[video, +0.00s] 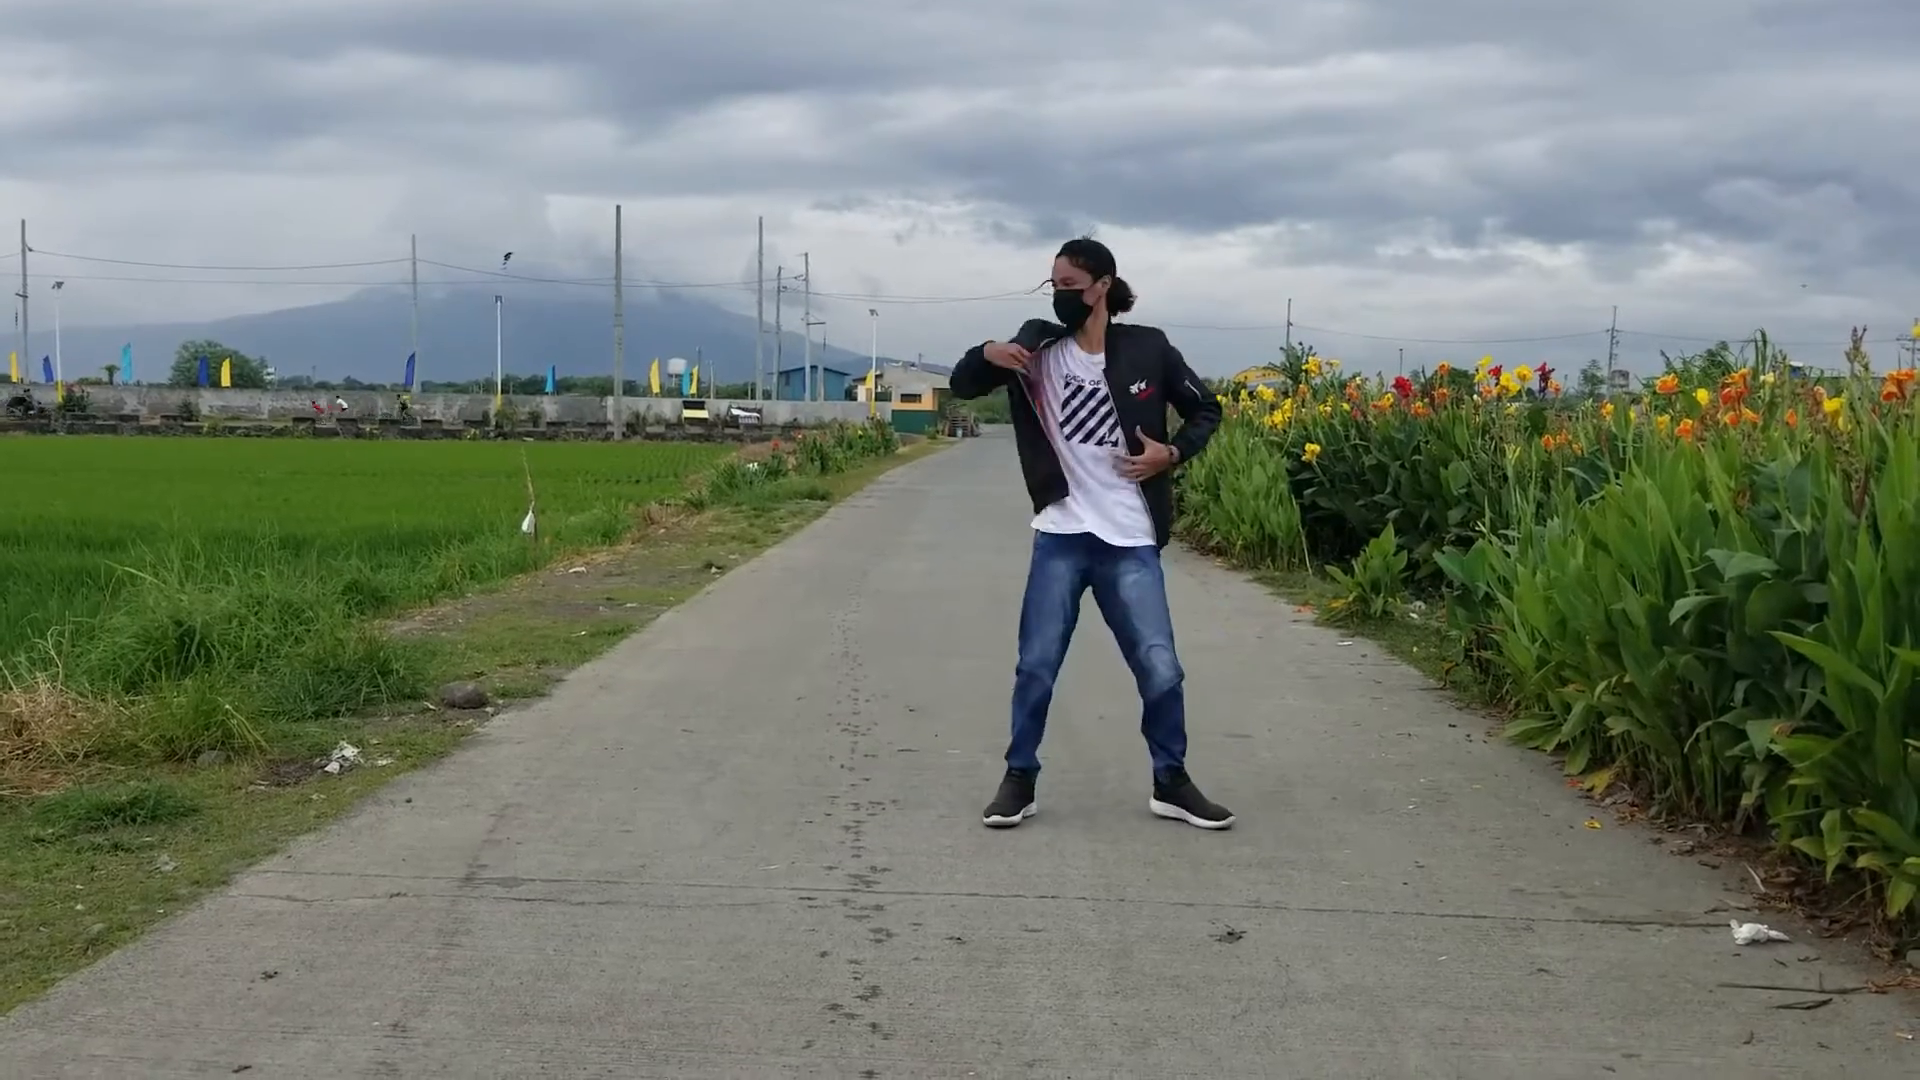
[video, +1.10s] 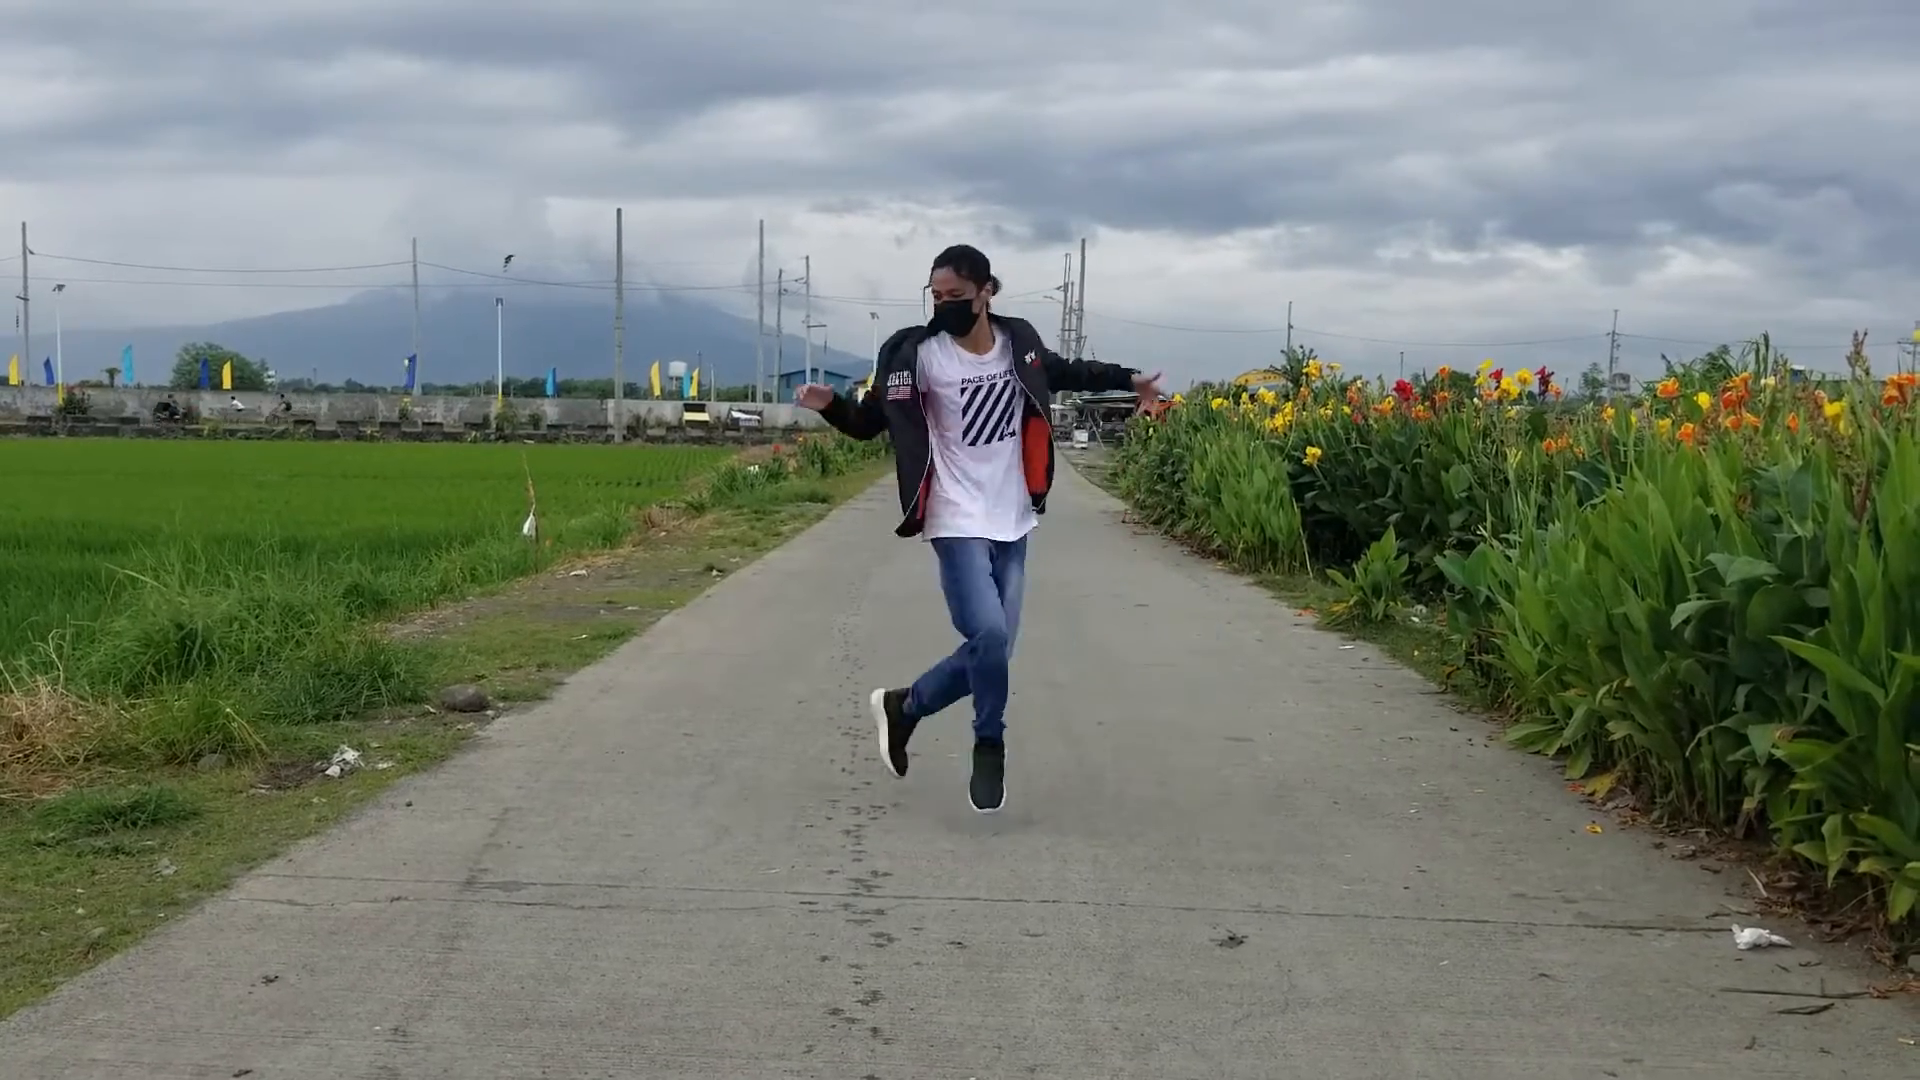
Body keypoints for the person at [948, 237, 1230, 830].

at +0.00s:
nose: (1058, 296)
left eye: (1069, 287)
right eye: (1054, 286)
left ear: (1103, 287)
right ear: (1052, 288)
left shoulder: (1148, 349)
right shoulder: (1035, 347)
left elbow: (1206, 412)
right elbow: (964, 385)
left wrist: (1174, 452)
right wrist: (985, 356)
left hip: (1131, 536)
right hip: (1061, 530)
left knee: (1161, 667)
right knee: (1036, 662)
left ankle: (1171, 781)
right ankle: (1018, 779)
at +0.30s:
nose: (1094, 290)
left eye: (1103, 279)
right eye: (1081, 282)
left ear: (1118, 289)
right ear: (1063, 296)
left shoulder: (1155, 349)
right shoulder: (1039, 359)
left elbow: (1229, 405)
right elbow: (979, 430)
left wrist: (1205, 381)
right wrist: (1005, 394)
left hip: (1149, 542)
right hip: (1075, 546)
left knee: (1204, 661)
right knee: (1047, 674)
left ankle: (1204, 773)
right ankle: (1027, 782)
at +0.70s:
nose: (1058, 332)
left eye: (1070, 322)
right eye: (1052, 320)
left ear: (1100, 318)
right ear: (1047, 313)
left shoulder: (1129, 367)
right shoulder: (1026, 378)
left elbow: (1161, 437)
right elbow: (960, 444)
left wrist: (1195, 481)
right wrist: (935, 379)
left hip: (1137, 558)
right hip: (1068, 562)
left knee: (1195, 672)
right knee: (1043, 683)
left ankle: (1225, 787)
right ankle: (976, 775)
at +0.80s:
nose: (1021, 317)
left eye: (1034, 309)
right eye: (1016, 306)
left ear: (1063, 315)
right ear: (1010, 310)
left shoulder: (1094, 370)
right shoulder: (992, 375)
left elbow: (1116, 442)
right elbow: (951, 457)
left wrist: (1148, 496)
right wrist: (922, 427)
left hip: (1096, 552)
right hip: (1029, 554)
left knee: (1156, 666)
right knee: (1029, 680)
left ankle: (1212, 771)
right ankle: (980, 782)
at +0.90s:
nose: (990, 321)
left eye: (1000, 311)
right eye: (985, 311)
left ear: (1033, 312)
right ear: (983, 310)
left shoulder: (1066, 365)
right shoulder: (962, 371)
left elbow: (1089, 441)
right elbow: (933, 445)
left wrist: (1117, 493)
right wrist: (915, 486)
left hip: (1065, 540)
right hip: (999, 542)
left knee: (1130, 648)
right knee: (1016, 667)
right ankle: (981, 783)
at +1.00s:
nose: (961, 313)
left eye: (971, 304)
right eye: (957, 303)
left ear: (1006, 300)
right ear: (956, 298)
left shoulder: (1039, 352)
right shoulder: (931, 360)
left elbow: (1072, 418)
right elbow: (908, 435)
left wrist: (1117, 439)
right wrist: (896, 460)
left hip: (1039, 531)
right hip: (976, 535)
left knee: (1079, 642)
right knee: (993, 659)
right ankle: (977, 778)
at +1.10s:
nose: (942, 308)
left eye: (953, 298)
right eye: (935, 298)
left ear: (985, 292)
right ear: (929, 294)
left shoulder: (1019, 340)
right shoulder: (910, 351)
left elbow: (1061, 374)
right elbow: (871, 423)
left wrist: (1128, 379)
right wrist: (833, 406)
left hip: (1012, 517)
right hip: (954, 518)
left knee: (995, 653)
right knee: (990, 632)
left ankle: (905, 707)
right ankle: (990, 745)